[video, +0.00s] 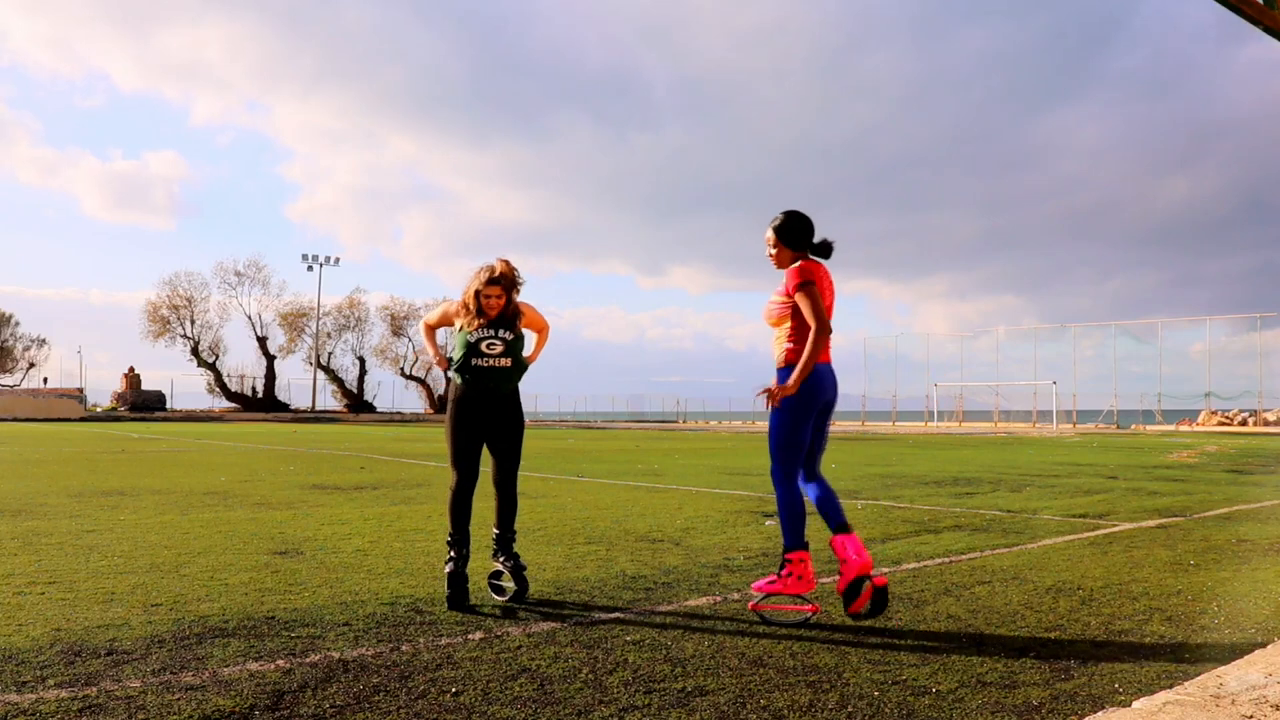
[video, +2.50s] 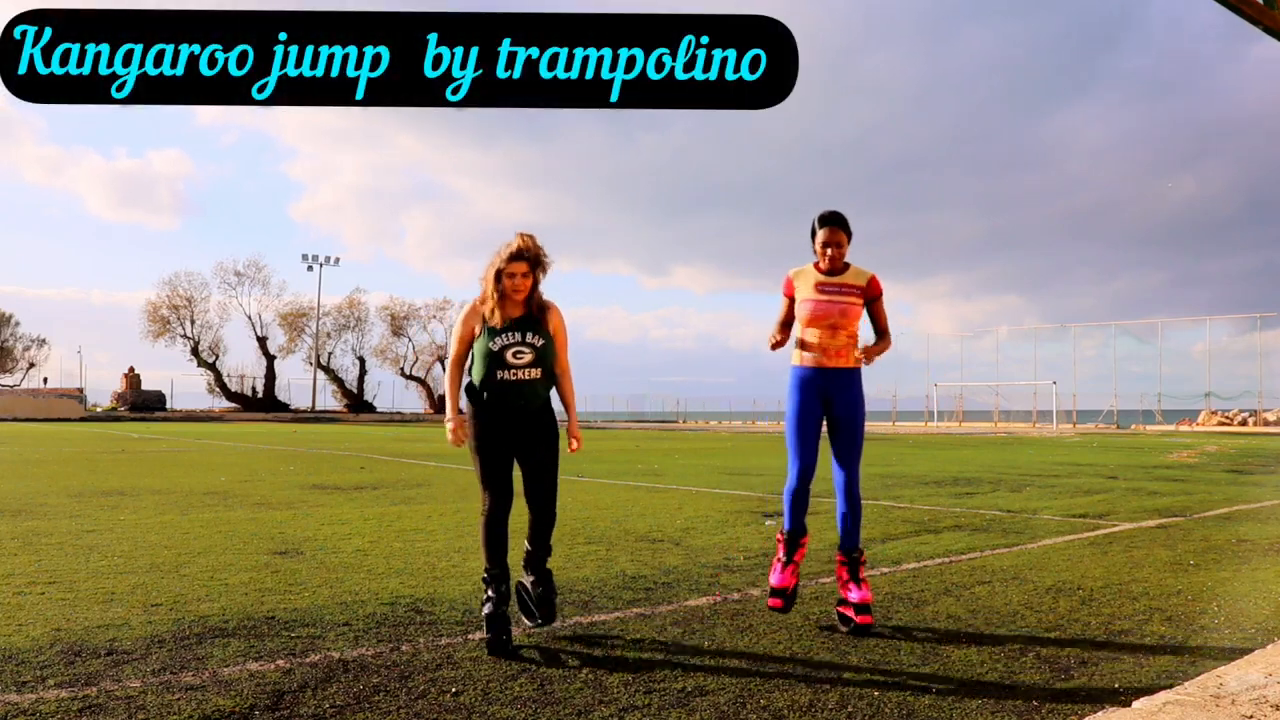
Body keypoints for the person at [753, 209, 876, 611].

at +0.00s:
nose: (768, 252)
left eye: (772, 246)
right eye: (767, 246)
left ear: (788, 245)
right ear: (803, 243)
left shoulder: (797, 274)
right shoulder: (818, 273)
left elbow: (820, 329)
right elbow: (805, 335)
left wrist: (792, 382)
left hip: (798, 381)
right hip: (822, 379)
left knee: (784, 475)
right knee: (810, 474)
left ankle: (796, 569)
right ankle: (852, 553)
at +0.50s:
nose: (754, 256)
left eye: (761, 250)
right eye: (752, 249)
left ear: (781, 250)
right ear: (751, 247)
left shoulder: (798, 277)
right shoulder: (755, 279)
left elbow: (833, 311)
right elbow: (760, 333)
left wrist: (866, 330)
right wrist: (746, 372)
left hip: (787, 380)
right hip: (757, 380)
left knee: (782, 472)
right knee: (751, 467)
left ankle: (797, 564)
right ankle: (755, 550)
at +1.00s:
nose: (755, 251)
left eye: (761, 245)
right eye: (749, 246)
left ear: (773, 249)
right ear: (742, 250)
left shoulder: (794, 282)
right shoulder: (731, 287)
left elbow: (795, 331)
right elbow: (710, 338)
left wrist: (789, 366)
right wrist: (679, 377)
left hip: (792, 381)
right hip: (753, 382)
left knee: (792, 466)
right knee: (754, 467)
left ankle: (802, 546)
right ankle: (752, 551)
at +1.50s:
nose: (793, 248)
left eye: (799, 243)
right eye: (787, 243)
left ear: (809, 249)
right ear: (778, 251)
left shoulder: (826, 285)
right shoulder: (764, 285)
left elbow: (845, 333)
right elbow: (751, 339)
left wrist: (871, 366)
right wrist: (768, 382)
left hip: (809, 384)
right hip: (769, 381)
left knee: (803, 472)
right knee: (762, 467)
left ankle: (801, 552)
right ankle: (752, 546)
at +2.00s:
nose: (800, 255)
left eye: (807, 249)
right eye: (794, 248)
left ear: (816, 250)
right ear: (782, 249)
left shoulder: (829, 284)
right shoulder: (765, 284)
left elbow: (838, 332)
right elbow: (742, 333)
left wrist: (839, 372)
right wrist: (755, 354)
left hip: (819, 384)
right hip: (779, 384)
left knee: (826, 481)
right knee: (781, 474)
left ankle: (814, 550)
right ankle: (777, 561)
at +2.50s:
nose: (831, 253)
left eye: (838, 246)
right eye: (825, 246)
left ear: (848, 246)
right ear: (813, 245)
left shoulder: (864, 282)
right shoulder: (797, 279)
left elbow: (885, 336)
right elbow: (784, 324)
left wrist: (874, 350)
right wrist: (779, 337)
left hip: (846, 383)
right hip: (804, 381)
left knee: (848, 480)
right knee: (799, 474)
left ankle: (850, 570)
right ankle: (789, 552)